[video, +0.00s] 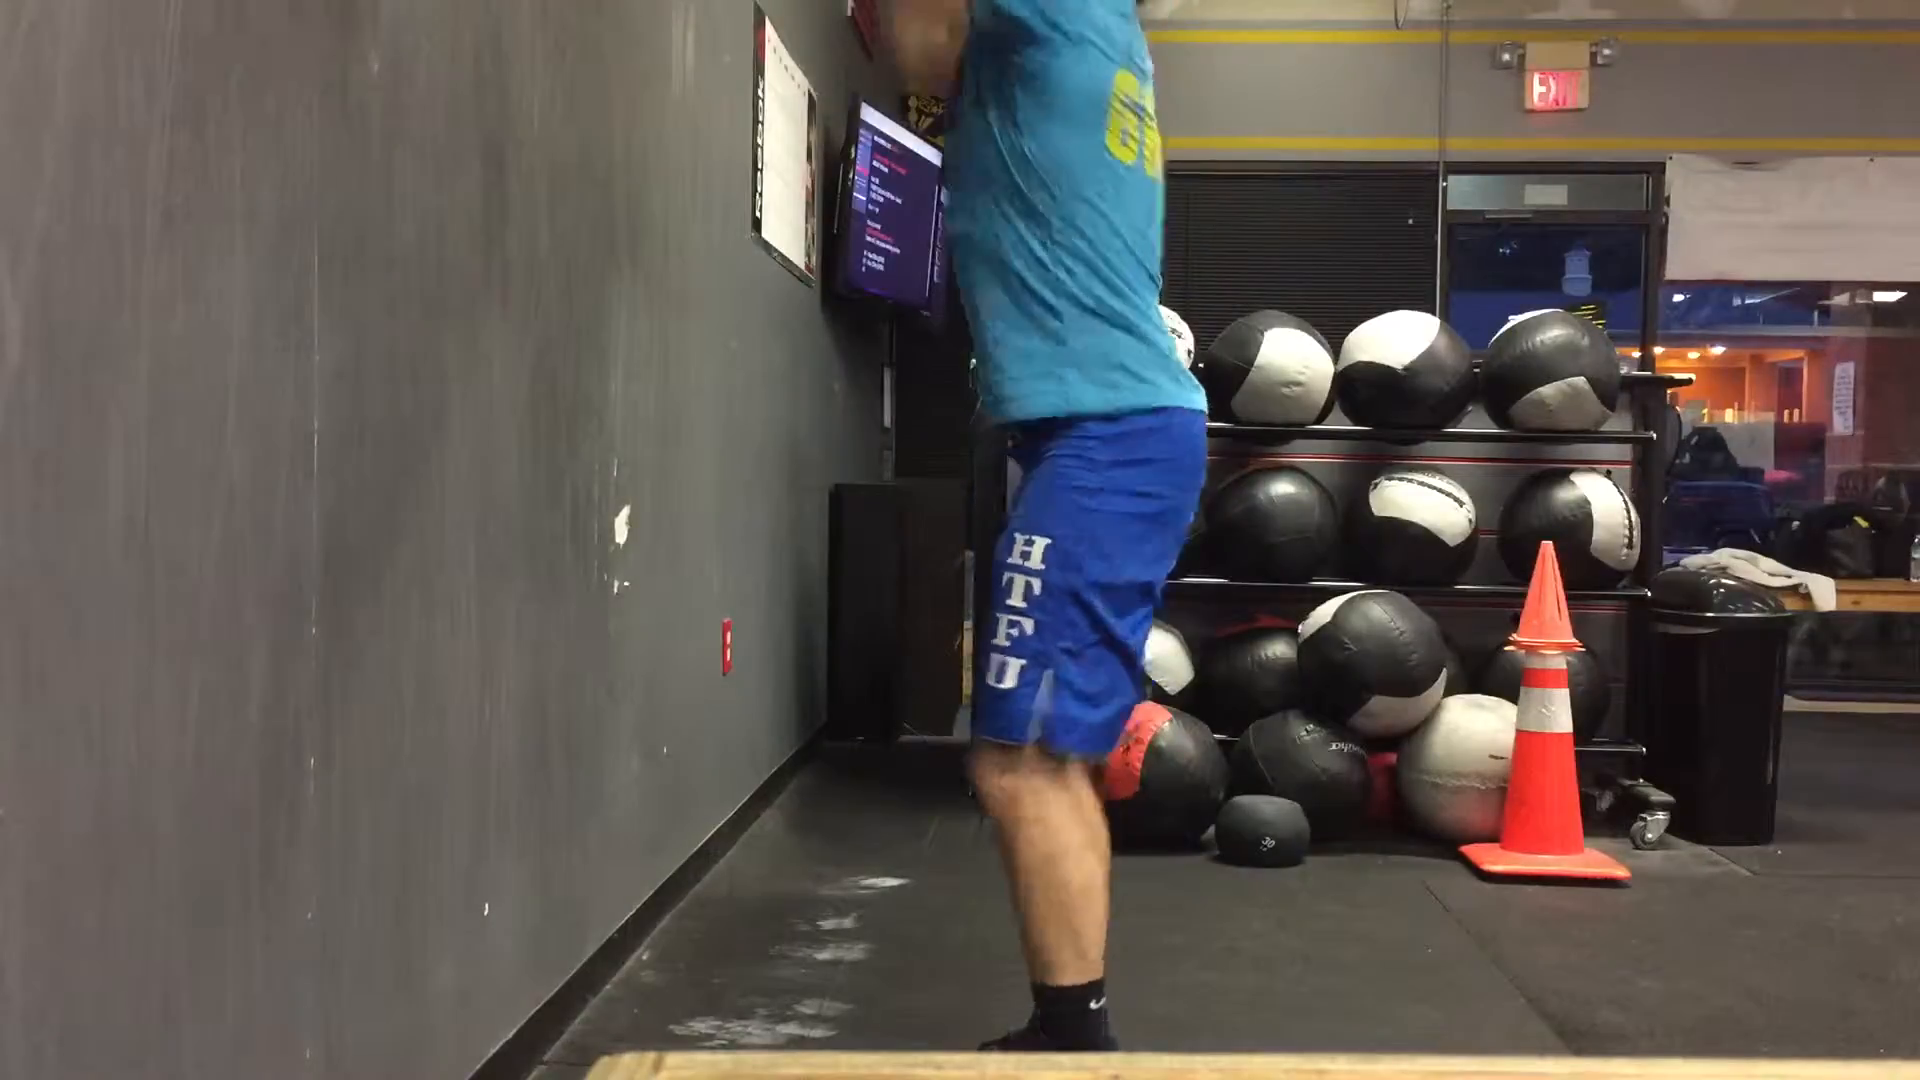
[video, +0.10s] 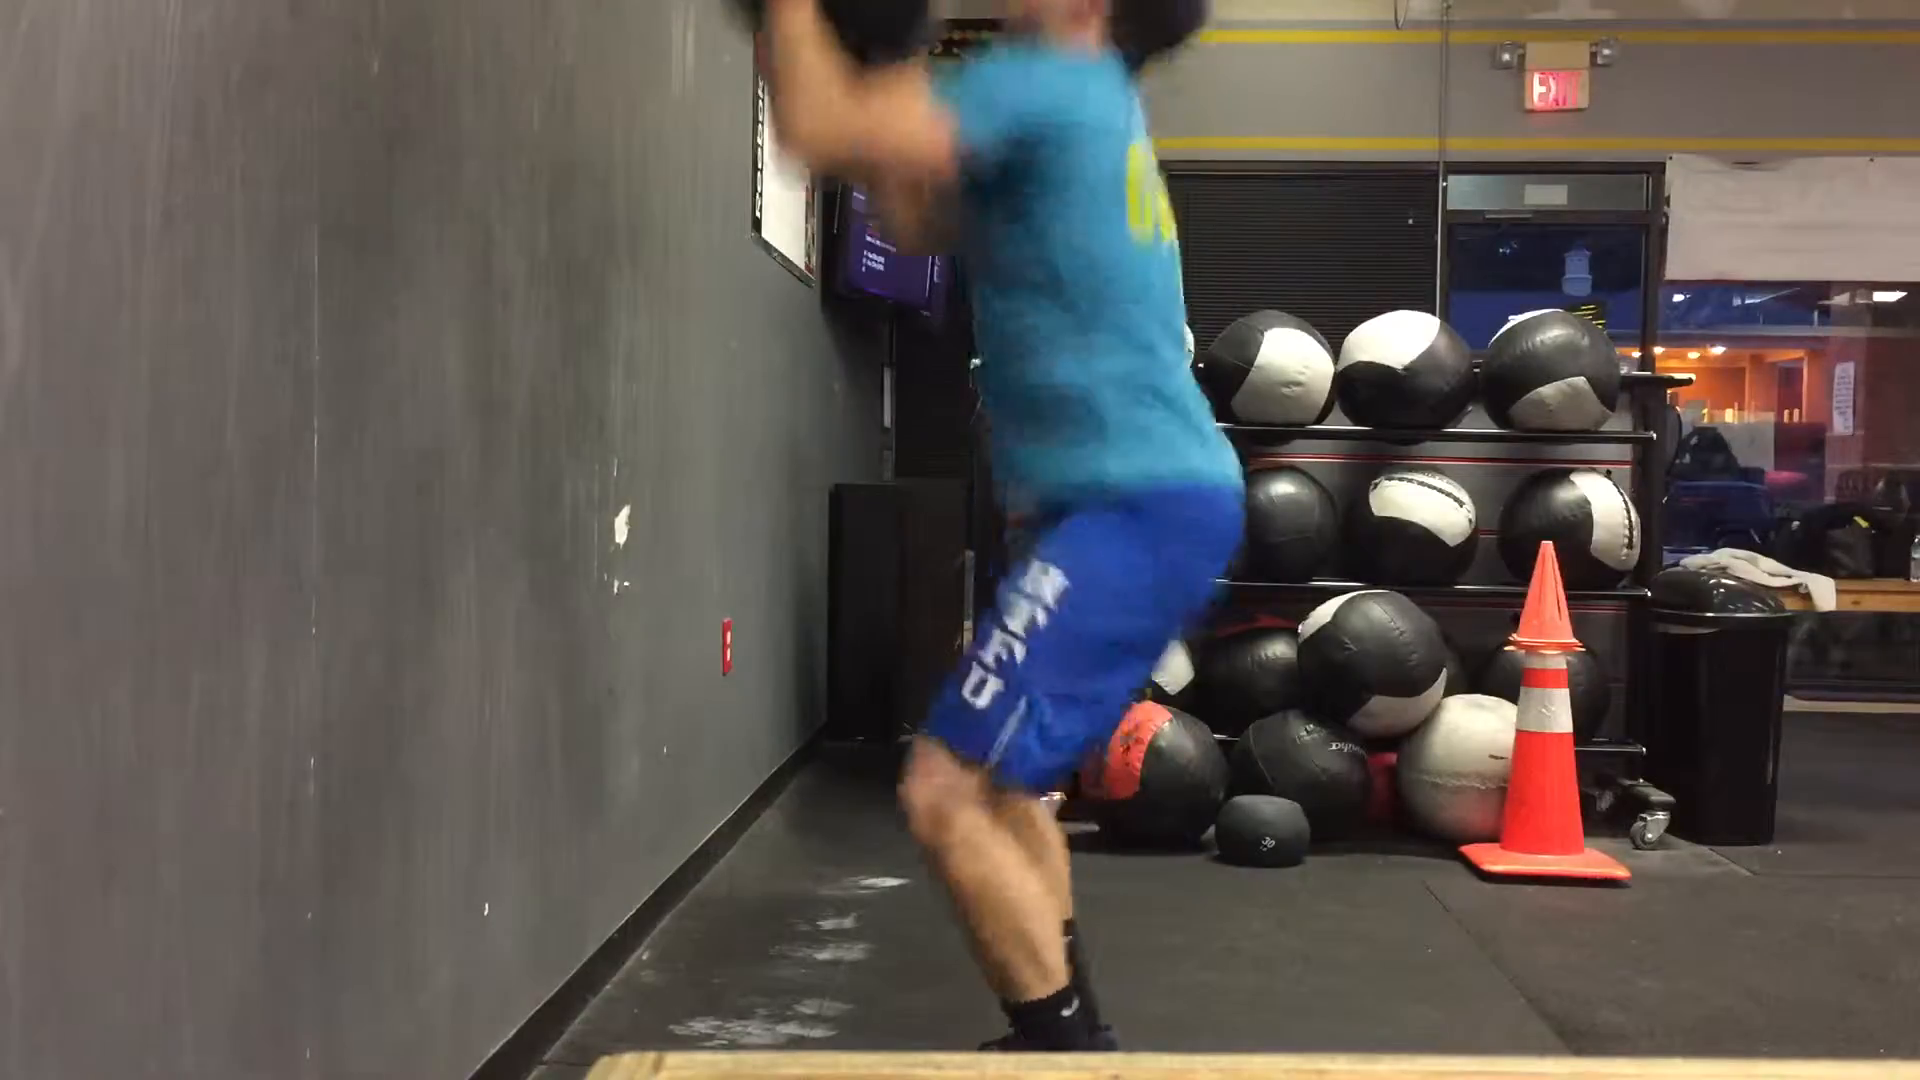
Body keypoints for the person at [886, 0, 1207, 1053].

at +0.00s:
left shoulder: (1056, 16)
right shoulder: (1086, 32)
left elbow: (920, 58)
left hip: (1107, 426)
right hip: (1101, 423)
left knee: (1013, 758)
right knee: (1050, 757)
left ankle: (1071, 1030)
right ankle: (1073, 1027)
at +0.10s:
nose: (1015, 0)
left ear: (1077, 8)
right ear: (1099, 17)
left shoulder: (1054, 84)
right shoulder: (1084, 102)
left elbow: (818, 121)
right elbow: (921, 223)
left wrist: (792, 2)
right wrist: (875, 103)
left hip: (1139, 499)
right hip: (1123, 496)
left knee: (945, 789)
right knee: (1009, 790)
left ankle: (1058, 1038)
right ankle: (1064, 1023)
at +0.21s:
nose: (986, 109)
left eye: (1013, 93)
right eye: (1002, 89)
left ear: (1062, 136)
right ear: (1065, 149)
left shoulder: (1023, 253)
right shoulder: (1068, 252)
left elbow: (803, 346)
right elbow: (903, 407)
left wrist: (764, 180)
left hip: (1174, 642)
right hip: (1185, 624)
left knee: (907, 821)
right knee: (958, 782)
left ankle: (1044, 1043)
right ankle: (1061, 1017)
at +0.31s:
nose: (959, 267)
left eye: (985, 257)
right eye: (975, 250)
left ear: (1032, 302)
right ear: (1036, 305)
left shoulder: (1015, 433)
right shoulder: (1053, 412)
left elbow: (807, 562)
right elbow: (850, 539)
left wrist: (743, 398)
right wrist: (777, 399)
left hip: (1197, 779)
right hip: (1166, 729)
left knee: (891, 849)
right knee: (923, 768)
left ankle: (1044, 1049)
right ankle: (1061, 1019)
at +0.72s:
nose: (949, 166)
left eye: (974, 152)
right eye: (962, 149)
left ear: (1023, 189)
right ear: (1023, 195)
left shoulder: (1020, 313)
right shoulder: (1035, 299)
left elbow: (827, 450)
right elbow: (855, 425)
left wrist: (752, 305)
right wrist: (771, 309)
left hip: (1187, 655)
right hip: (1149, 636)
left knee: (911, 830)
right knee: (932, 765)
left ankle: (1049, 1043)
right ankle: (1060, 1016)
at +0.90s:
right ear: (1105, 5)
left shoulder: (1065, 43)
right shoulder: (1072, 58)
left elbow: (914, 69)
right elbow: (904, 111)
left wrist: (807, 14)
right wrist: (885, 43)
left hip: (1086, 460)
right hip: (1057, 456)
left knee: (957, 767)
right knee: (973, 758)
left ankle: (1063, 1031)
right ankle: (1057, 1022)